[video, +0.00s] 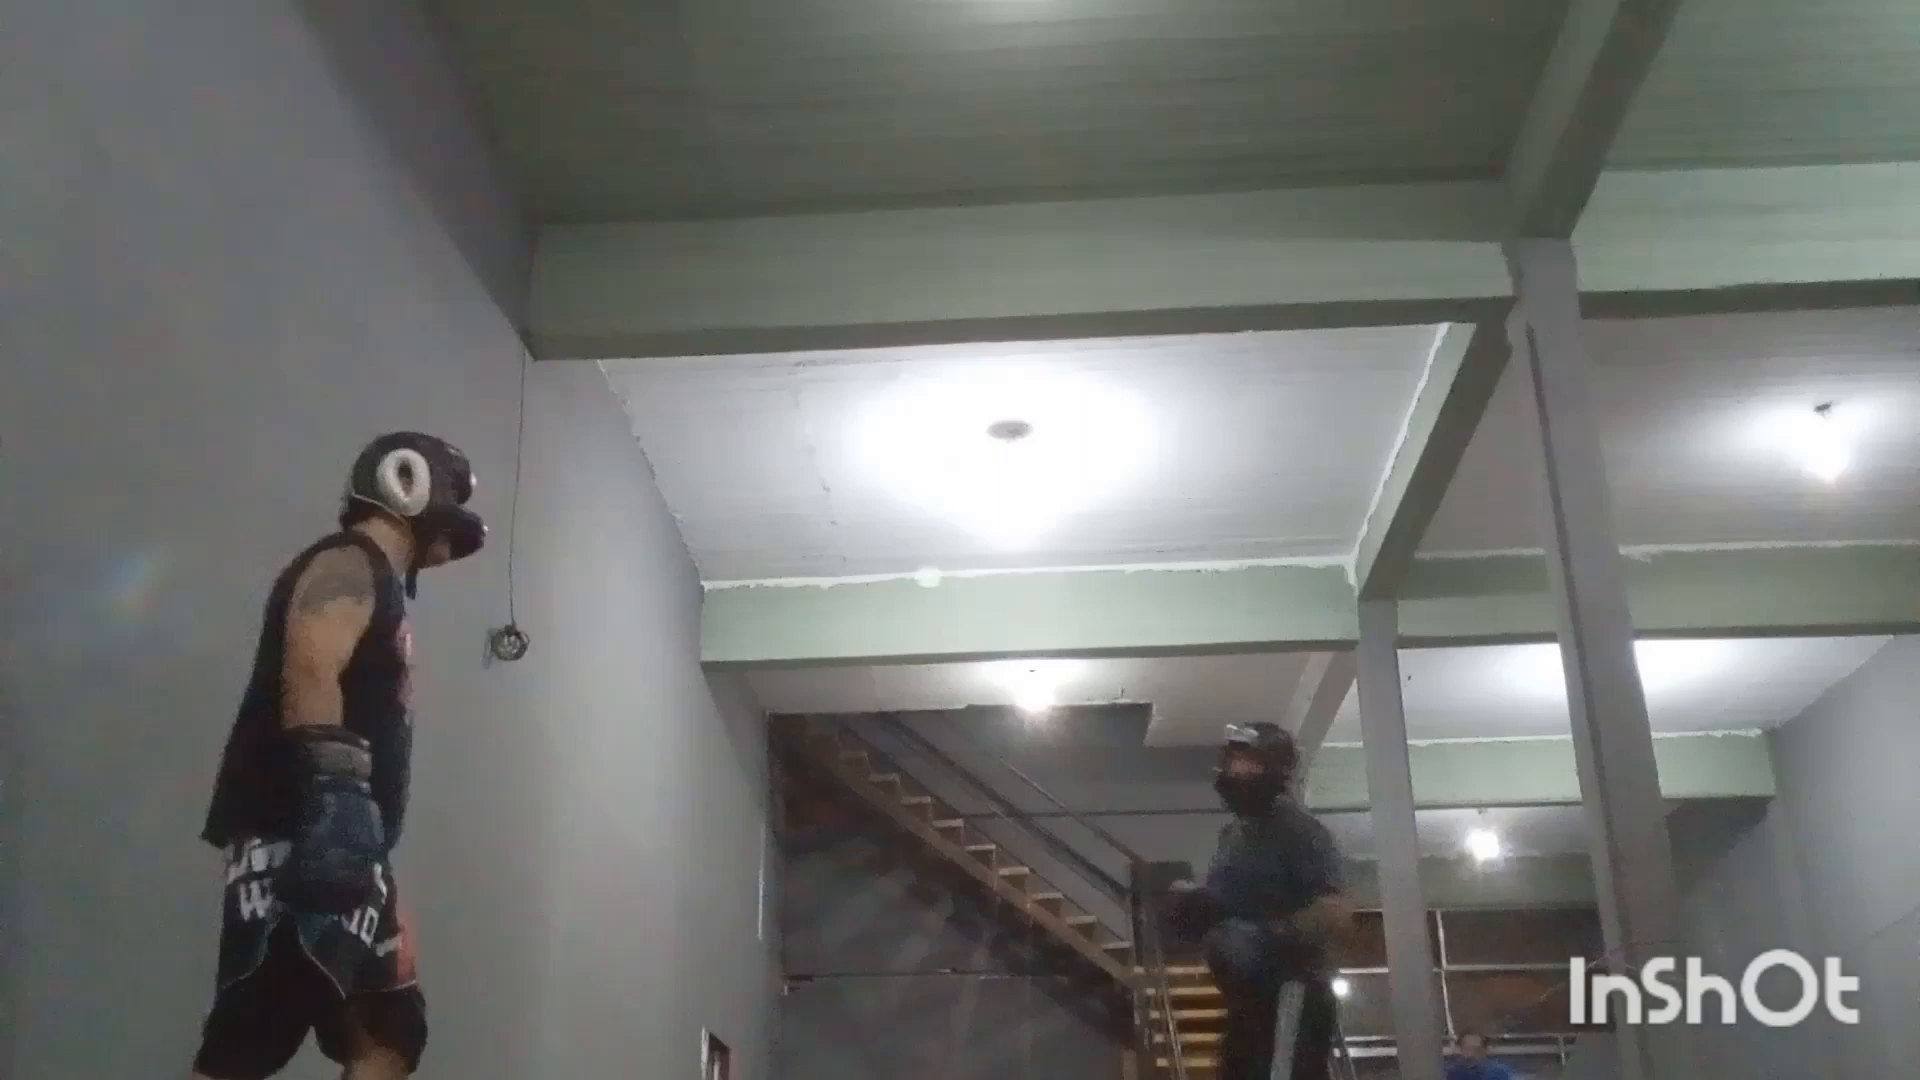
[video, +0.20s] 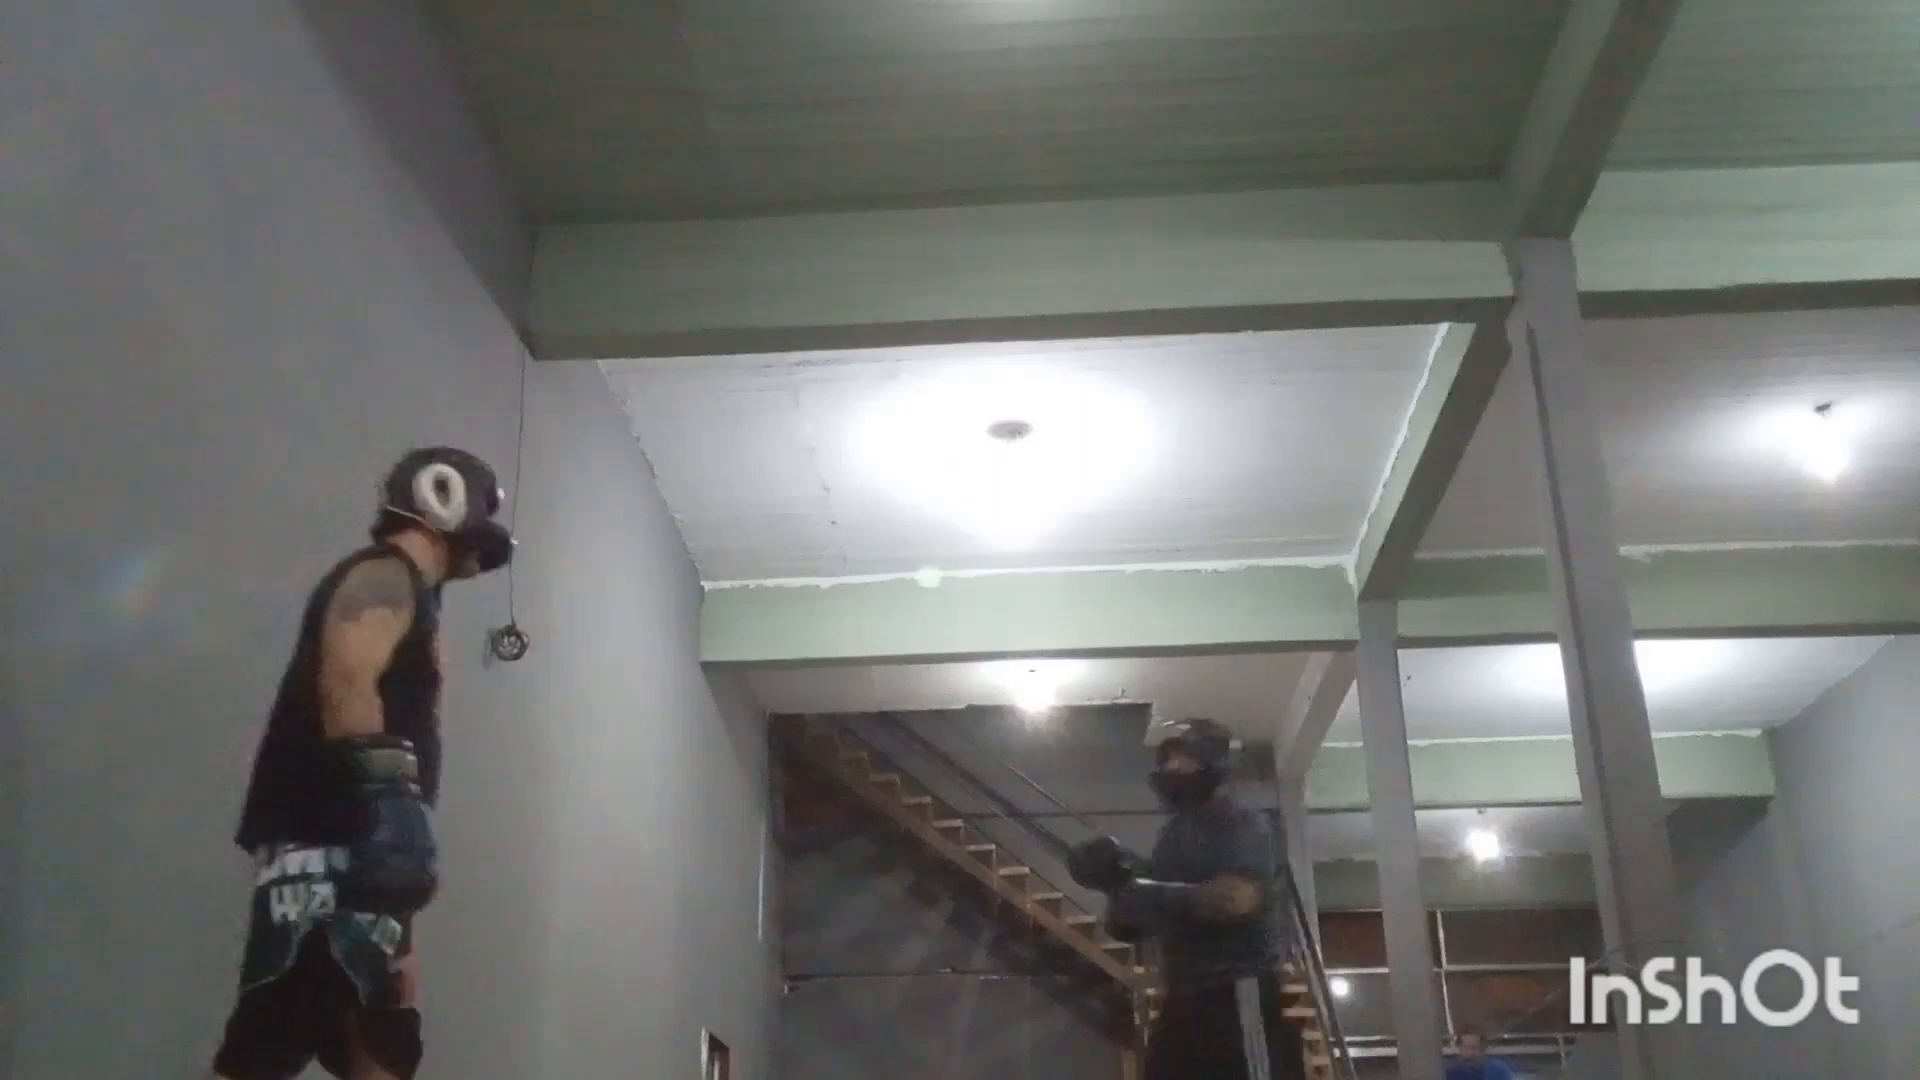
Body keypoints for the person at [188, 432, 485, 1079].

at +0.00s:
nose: (448, 543)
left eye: (455, 529)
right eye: (446, 520)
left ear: (395, 491)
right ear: (407, 487)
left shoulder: (370, 575)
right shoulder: (349, 564)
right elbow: (309, 671)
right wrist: (338, 791)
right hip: (302, 830)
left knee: (246, 1044)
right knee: (385, 1044)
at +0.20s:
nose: (476, 552)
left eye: (481, 538)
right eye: (474, 532)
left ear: (426, 505)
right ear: (442, 503)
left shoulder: (391, 584)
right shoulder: (385, 577)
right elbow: (347, 680)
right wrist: (390, 794)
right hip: (335, 848)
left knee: (263, 1048)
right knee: (379, 1053)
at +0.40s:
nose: (523, 573)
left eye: (527, 557)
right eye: (522, 552)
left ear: (470, 530)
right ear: (493, 528)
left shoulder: (424, 598)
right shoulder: (445, 596)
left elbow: (397, 703)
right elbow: (398, 691)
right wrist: (456, 797)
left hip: (359, 852)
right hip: (386, 858)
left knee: (319, 1045)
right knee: (414, 1053)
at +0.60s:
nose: (576, 597)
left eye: (583, 585)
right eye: (578, 578)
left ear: (518, 551)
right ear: (559, 548)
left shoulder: (484, 612)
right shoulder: (510, 604)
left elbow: (460, 768)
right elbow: (481, 707)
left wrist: (520, 872)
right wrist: (569, 768)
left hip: (431, 860)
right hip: (458, 863)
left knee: (437, 1051)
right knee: (453, 1053)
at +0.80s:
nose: (647, 590)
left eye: (647, 573)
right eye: (644, 569)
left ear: (577, 556)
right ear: (622, 553)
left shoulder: (533, 624)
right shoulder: (575, 610)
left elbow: (552, 765)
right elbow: (606, 711)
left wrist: (653, 769)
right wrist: (687, 704)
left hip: (480, 869)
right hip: (533, 869)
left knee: (479, 1055)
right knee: (564, 1053)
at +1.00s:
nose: (725, 584)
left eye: (725, 571)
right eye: (721, 568)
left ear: (645, 564)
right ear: (698, 563)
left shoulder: (608, 630)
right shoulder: (662, 620)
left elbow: (673, 701)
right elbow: (756, 705)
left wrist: (732, 647)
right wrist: (769, 648)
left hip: (565, 885)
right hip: (619, 886)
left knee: (595, 1051)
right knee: (659, 1052)